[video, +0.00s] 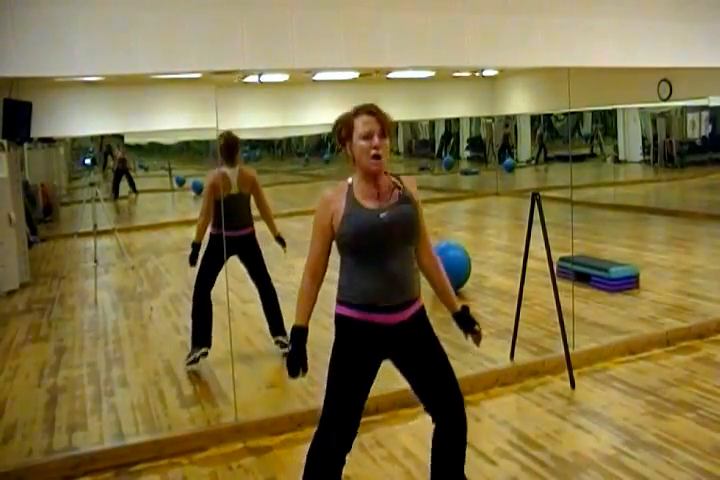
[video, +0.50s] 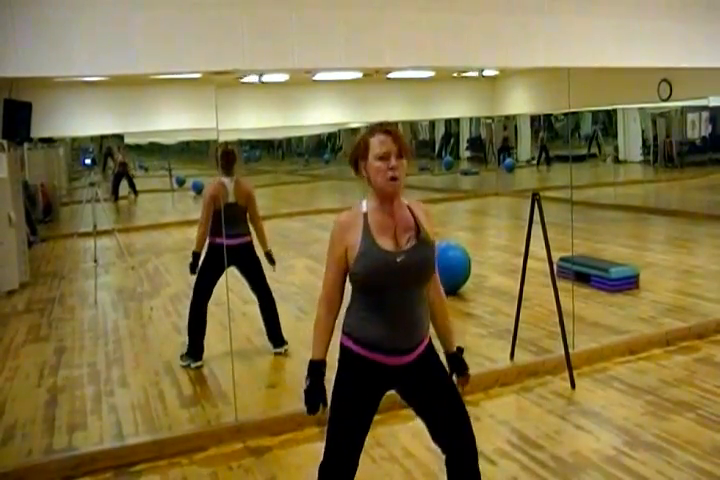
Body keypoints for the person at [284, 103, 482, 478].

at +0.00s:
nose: (377, 144)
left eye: (381, 136)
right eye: (366, 137)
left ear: (389, 142)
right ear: (347, 146)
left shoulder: (405, 191)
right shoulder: (334, 200)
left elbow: (426, 256)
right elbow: (314, 271)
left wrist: (458, 309)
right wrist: (299, 333)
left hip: (411, 326)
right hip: (358, 331)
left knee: (452, 416)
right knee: (335, 435)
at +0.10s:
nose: (380, 163)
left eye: (384, 154)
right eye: (370, 156)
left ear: (392, 160)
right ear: (353, 165)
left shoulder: (410, 208)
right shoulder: (339, 218)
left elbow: (433, 270)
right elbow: (315, 288)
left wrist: (471, 322)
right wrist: (295, 349)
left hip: (415, 346)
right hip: (361, 352)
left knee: (459, 436)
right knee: (340, 453)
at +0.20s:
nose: (384, 184)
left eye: (389, 176)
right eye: (373, 177)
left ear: (398, 183)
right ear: (356, 187)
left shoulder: (413, 232)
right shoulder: (345, 239)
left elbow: (441, 293)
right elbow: (318, 312)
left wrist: (479, 346)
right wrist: (293, 375)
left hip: (418, 373)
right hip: (362, 379)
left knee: (473, 450)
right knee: (334, 474)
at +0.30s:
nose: (386, 179)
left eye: (392, 170)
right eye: (376, 172)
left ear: (400, 177)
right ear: (360, 181)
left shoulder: (419, 231)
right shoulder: (345, 237)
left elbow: (437, 296)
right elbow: (322, 312)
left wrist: (470, 351)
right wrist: (302, 376)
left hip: (418, 368)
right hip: (361, 373)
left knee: (470, 450)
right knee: (337, 471)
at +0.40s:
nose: (389, 165)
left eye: (394, 157)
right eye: (379, 158)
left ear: (403, 163)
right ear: (361, 169)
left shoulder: (418, 216)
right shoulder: (345, 226)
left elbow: (432, 286)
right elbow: (326, 302)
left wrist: (457, 346)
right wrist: (312, 367)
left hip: (417, 357)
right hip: (362, 362)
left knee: (461, 446)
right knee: (340, 463)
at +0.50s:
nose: (392, 164)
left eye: (398, 156)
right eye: (382, 158)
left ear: (405, 162)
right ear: (363, 168)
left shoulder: (419, 215)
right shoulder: (348, 226)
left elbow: (433, 288)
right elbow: (329, 304)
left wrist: (453, 351)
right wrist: (315, 372)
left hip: (418, 359)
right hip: (363, 364)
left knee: (462, 446)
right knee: (339, 465)